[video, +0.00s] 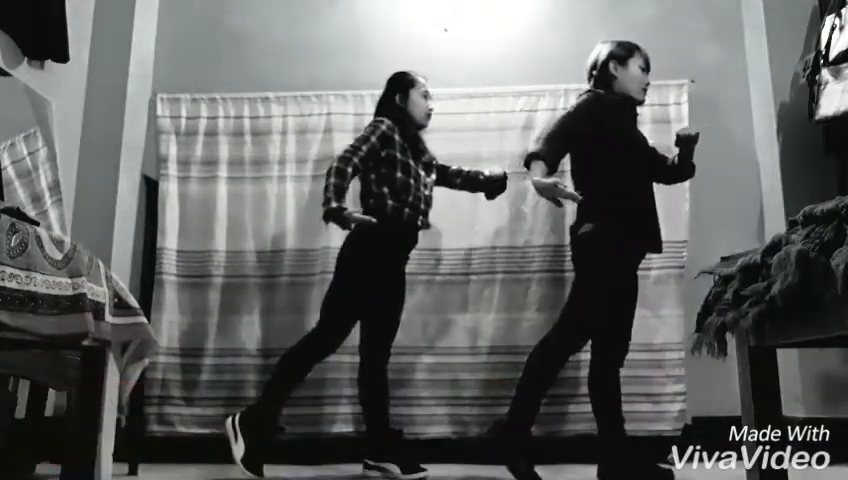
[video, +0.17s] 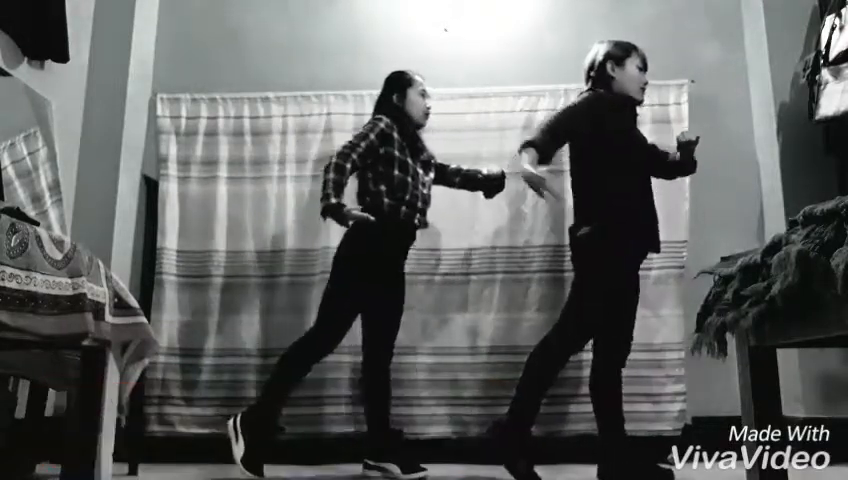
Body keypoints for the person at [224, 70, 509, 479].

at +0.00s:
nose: (431, 104)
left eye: (430, 97)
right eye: (423, 96)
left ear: (408, 103)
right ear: (400, 100)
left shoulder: (415, 148)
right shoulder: (383, 130)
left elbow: (441, 174)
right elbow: (345, 163)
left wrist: (486, 181)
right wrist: (335, 207)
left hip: (392, 254)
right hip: (368, 249)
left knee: (376, 354)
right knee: (326, 338)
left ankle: (381, 449)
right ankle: (254, 422)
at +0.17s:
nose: (429, 103)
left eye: (428, 96)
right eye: (422, 95)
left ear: (406, 101)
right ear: (398, 99)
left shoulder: (414, 147)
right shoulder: (381, 128)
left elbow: (440, 173)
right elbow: (342, 160)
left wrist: (485, 180)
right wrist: (334, 204)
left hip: (391, 252)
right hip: (366, 246)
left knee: (380, 352)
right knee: (324, 337)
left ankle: (381, 448)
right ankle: (254, 422)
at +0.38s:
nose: (429, 115)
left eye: (427, 108)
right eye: (419, 108)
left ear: (419, 120)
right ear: (399, 118)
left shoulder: (426, 171)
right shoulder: (378, 159)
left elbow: (478, 202)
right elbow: (345, 208)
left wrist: (469, 175)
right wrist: (381, 248)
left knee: (401, 359)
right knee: (367, 332)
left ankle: (386, 452)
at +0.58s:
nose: (340, 99)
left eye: (347, 91)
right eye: (337, 93)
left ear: (367, 93)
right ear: (339, 99)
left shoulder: (393, 142)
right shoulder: (339, 140)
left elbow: (411, 203)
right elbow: (330, 165)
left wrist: (401, 258)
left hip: (386, 258)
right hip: (349, 254)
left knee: (381, 352)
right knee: (316, 343)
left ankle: (386, 453)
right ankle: (310, 445)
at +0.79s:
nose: (291, 104)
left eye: (298, 98)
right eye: (294, 98)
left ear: (314, 107)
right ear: (318, 108)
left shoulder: (343, 146)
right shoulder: (293, 152)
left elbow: (380, 188)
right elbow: (251, 165)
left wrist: (414, 224)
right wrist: (202, 158)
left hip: (332, 261)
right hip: (313, 260)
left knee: (285, 341)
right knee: (286, 343)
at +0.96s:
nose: (268, 104)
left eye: (275, 97)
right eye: (271, 97)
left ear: (294, 100)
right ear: (305, 100)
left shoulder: (298, 139)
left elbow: (274, 206)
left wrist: (234, 251)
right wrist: (234, 250)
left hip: (293, 254)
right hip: (306, 254)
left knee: (245, 337)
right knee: (290, 348)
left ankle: (227, 435)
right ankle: (303, 443)